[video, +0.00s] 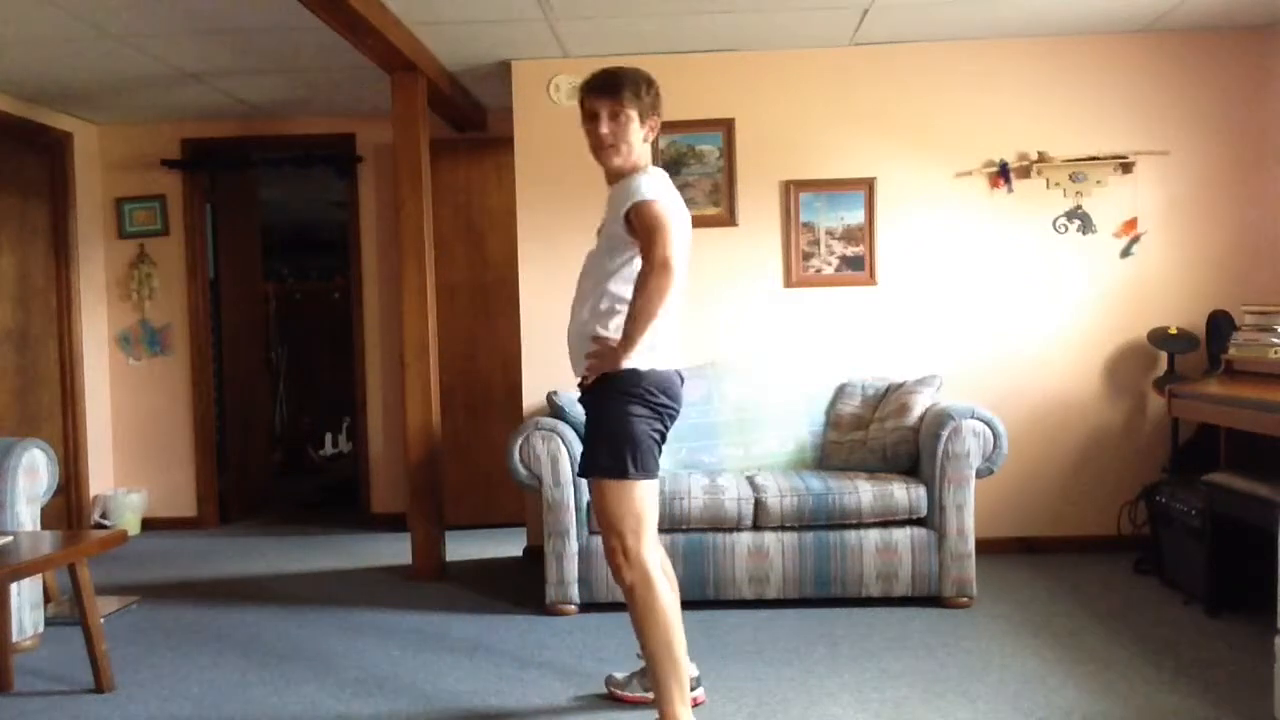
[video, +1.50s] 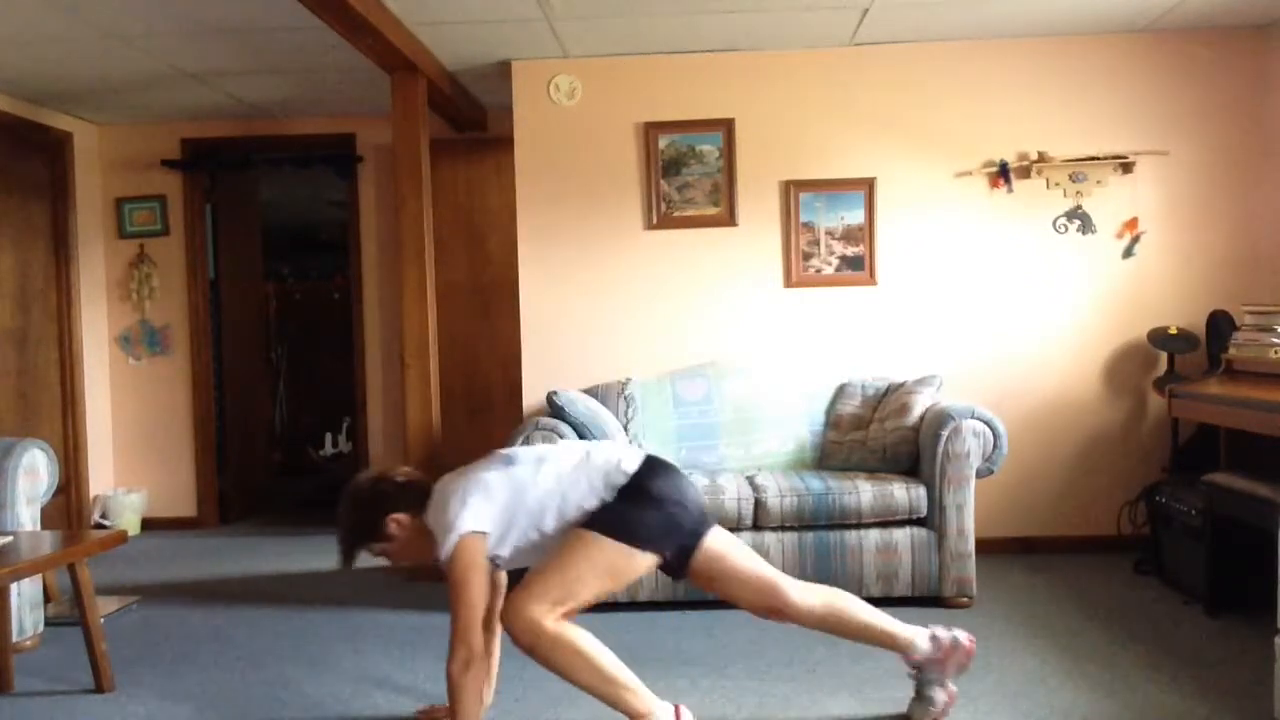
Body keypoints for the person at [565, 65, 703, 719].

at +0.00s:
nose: (603, 128)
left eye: (618, 116)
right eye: (594, 117)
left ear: (649, 127)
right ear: (584, 127)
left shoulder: (644, 188)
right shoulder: (635, 190)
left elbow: (662, 266)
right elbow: (646, 277)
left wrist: (623, 348)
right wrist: (607, 350)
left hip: (629, 383)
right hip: (627, 381)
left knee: (627, 551)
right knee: (635, 543)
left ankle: (673, 705)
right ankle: (673, 670)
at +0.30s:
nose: (529, 150)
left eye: (539, 134)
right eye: (523, 137)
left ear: (575, 129)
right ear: (577, 137)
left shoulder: (589, 188)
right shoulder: (609, 186)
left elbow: (582, 268)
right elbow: (643, 288)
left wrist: (568, 359)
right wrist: (611, 364)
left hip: (651, 382)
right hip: (656, 378)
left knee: (636, 554)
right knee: (646, 545)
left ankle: (676, 704)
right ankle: (674, 670)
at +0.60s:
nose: (440, 392)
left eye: (440, 376)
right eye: (434, 380)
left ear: (467, 357)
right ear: (469, 356)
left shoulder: (517, 388)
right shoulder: (532, 375)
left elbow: (501, 516)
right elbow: (522, 511)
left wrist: (467, 623)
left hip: (708, 428)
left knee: (615, 570)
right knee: (613, 533)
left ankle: (671, 711)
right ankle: (673, 671)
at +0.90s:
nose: (451, 579)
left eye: (439, 572)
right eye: (440, 577)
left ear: (440, 541)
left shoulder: (491, 514)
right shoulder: (514, 508)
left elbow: (495, 657)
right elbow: (510, 620)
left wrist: (474, 715)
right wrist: (477, 704)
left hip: (668, 440)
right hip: (673, 430)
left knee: (573, 596)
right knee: (602, 563)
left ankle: (662, 711)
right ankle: (670, 666)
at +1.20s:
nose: (404, 583)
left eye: (389, 574)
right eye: (393, 578)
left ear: (390, 548)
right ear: (400, 536)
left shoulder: (442, 511)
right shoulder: (476, 509)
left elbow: (464, 651)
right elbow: (483, 630)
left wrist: (453, 710)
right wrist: (474, 706)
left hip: (611, 429)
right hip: (640, 423)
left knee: (556, 600)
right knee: (669, 578)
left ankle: (663, 710)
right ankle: (809, 582)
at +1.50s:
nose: (399, 566)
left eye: (386, 554)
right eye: (387, 558)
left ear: (397, 525)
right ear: (407, 503)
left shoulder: (459, 515)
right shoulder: (468, 490)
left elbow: (473, 642)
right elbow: (486, 633)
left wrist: (460, 711)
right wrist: (458, 704)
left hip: (637, 500)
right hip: (663, 487)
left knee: (526, 619)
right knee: (781, 596)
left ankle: (653, 709)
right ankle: (924, 646)